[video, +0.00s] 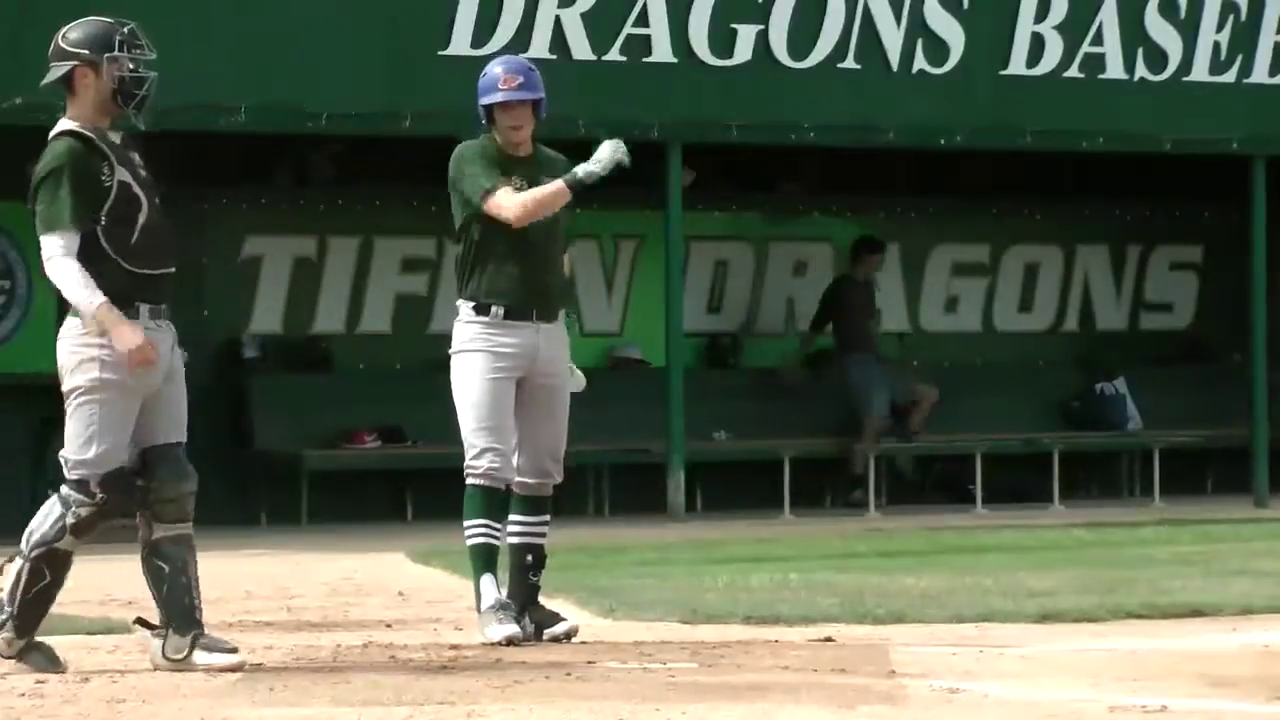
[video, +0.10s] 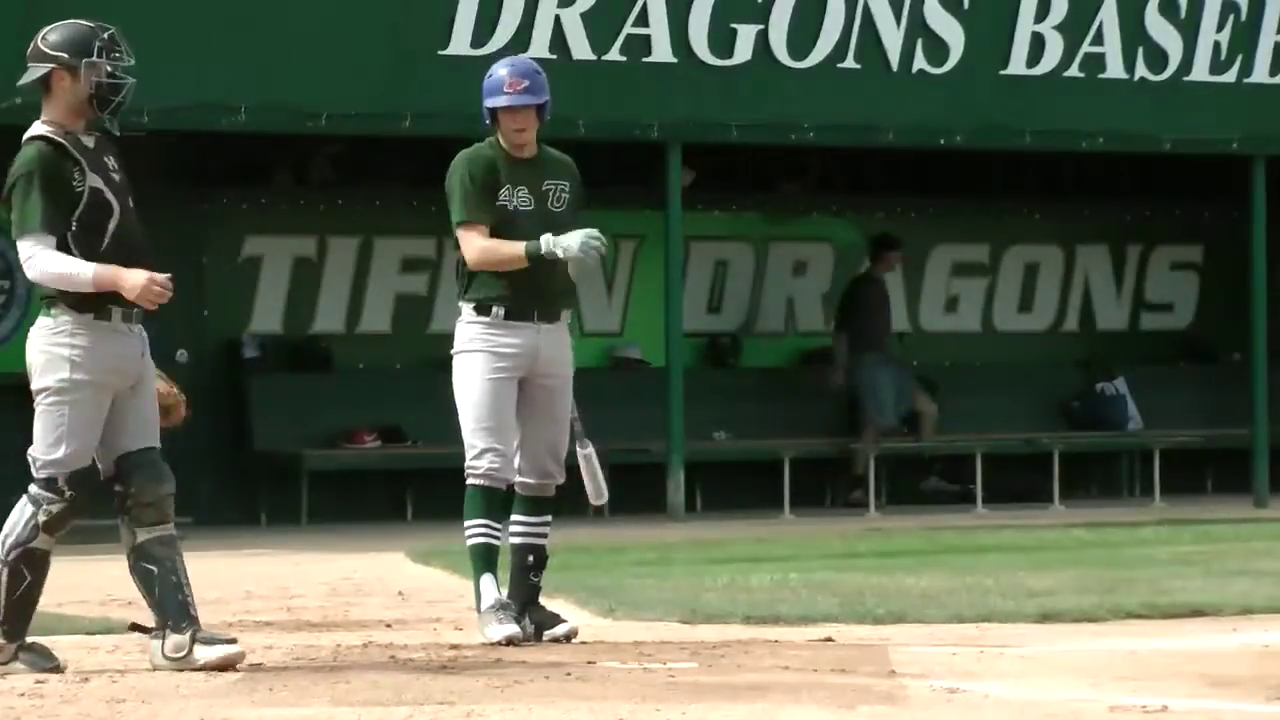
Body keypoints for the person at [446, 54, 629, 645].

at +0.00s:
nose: (515, 119)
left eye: (524, 108)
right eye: (504, 109)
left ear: (539, 108)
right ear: (486, 112)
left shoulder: (556, 168)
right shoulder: (470, 158)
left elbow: (556, 261)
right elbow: (514, 209)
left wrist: (566, 346)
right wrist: (582, 175)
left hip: (547, 335)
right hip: (486, 335)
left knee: (539, 471)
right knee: (488, 464)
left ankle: (526, 604)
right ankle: (491, 604)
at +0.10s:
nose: (518, 121)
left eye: (527, 110)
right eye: (507, 111)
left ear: (542, 109)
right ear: (491, 113)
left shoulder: (564, 172)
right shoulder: (472, 166)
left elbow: (564, 258)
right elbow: (475, 251)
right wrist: (549, 246)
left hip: (550, 336)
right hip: (488, 335)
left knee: (542, 471)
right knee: (490, 464)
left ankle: (526, 605)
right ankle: (490, 604)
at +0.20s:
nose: (522, 126)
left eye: (532, 114)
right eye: (511, 116)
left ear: (548, 112)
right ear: (495, 115)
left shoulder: (570, 173)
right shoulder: (468, 172)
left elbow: (563, 261)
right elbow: (444, 260)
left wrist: (567, 346)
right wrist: (503, 288)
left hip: (553, 336)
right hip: (489, 337)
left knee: (542, 470)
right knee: (490, 463)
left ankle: (525, 605)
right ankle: (490, 604)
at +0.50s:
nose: (529, 132)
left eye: (539, 121)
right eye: (519, 122)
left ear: (558, 116)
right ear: (503, 116)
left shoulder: (588, 178)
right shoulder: (469, 171)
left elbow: (607, 260)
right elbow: (425, 247)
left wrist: (606, 319)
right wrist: (449, 272)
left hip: (558, 339)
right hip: (488, 336)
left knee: (543, 472)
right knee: (490, 463)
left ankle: (526, 604)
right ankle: (489, 603)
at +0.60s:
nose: (529, 133)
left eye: (539, 123)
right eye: (520, 123)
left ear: (558, 116)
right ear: (505, 115)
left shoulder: (589, 178)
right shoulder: (471, 171)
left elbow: (612, 260)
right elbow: (437, 253)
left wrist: (603, 300)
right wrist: (461, 265)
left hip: (556, 340)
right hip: (488, 337)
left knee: (545, 473)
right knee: (492, 464)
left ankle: (527, 604)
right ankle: (490, 604)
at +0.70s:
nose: (528, 132)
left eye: (539, 122)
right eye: (520, 122)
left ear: (559, 117)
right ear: (506, 115)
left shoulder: (590, 178)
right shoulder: (475, 171)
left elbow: (616, 259)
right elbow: (448, 262)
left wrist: (588, 294)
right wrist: (475, 266)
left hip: (556, 341)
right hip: (489, 338)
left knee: (549, 474)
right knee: (493, 464)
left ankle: (527, 604)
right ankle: (490, 604)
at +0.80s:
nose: (530, 138)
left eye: (540, 129)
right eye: (522, 127)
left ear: (560, 122)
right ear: (507, 120)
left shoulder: (591, 182)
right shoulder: (475, 174)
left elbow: (613, 265)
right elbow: (449, 265)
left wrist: (568, 289)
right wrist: (478, 264)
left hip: (554, 343)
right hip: (486, 337)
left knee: (550, 475)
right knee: (490, 457)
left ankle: (525, 604)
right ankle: (486, 599)